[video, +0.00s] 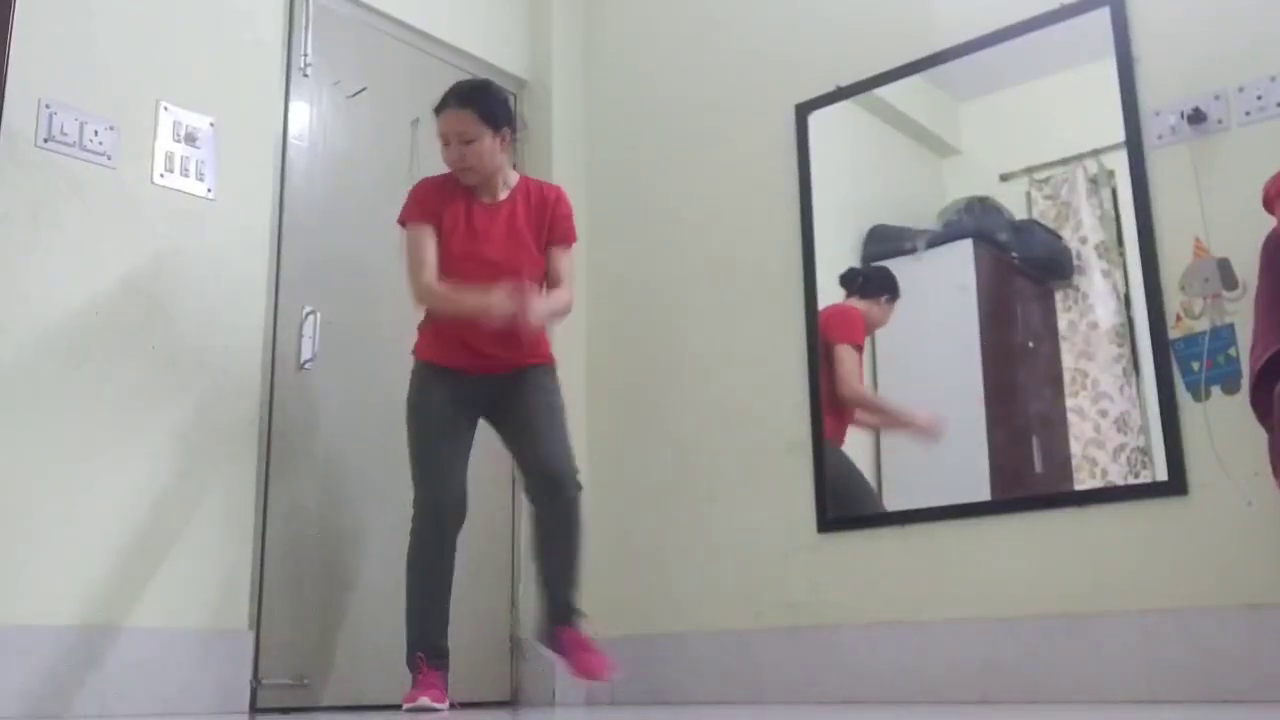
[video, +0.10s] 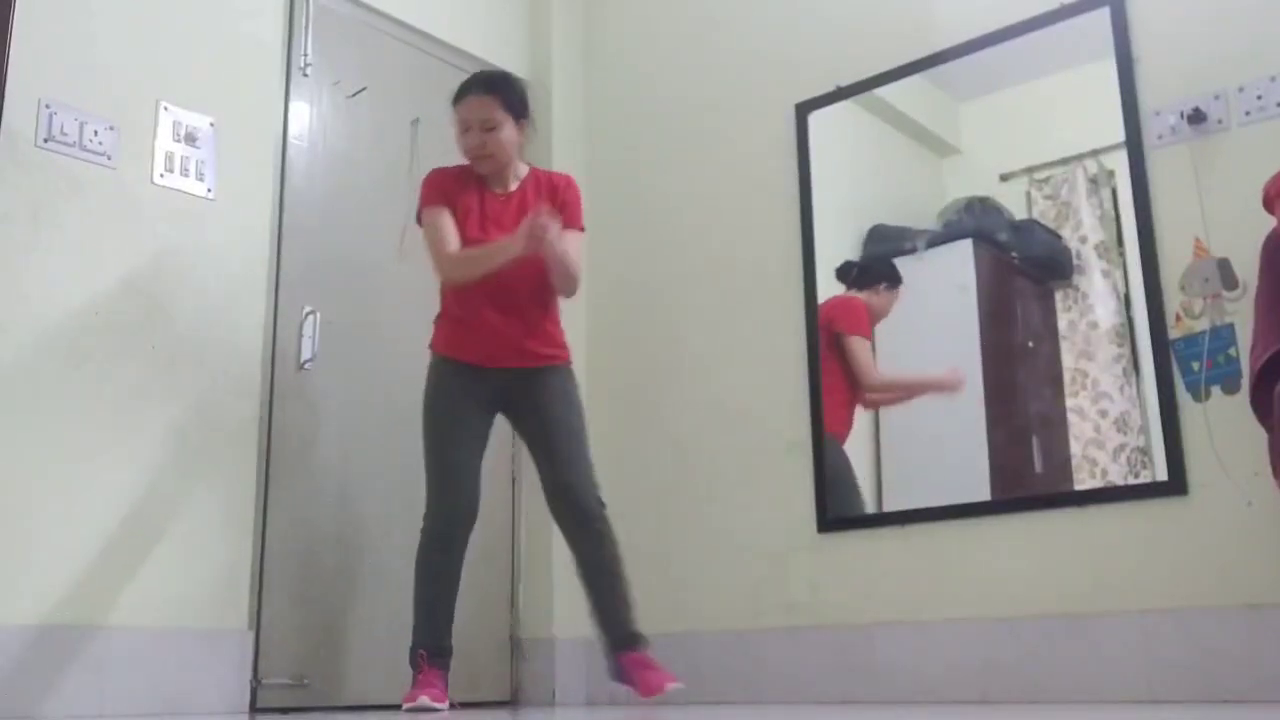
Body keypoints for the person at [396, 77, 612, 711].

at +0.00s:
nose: (453, 155)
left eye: (465, 141)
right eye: (445, 143)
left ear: (505, 137)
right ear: (441, 143)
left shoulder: (549, 202)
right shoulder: (430, 197)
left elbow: (563, 292)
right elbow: (425, 289)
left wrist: (540, 306)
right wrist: (490, 300)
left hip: (524, 373)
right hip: (444, 372)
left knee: (559, 485)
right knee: (439, 508)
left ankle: (561, 624)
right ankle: (428, 668)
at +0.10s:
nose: (475, 141)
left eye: (487, 127)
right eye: (465, 130)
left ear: (521, 126)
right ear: (456, 135)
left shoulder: (557, 190)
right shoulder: (444, 185)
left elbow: (568, 283)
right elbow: (451, 268)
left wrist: (555, 242)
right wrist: (522, 242)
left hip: (541, 367)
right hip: (461, 367)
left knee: (582, 506)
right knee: (450, 513)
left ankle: (628, 652)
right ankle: (429, 671)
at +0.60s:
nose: (614, 121)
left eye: (626, 112)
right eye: (601, 110)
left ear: (642, 128)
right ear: (578, 125)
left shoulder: (666, 197)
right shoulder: (551, 199)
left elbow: (701, 294)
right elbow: (516, 299)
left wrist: (729, 384)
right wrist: (500, 389)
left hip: (653, 372)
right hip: (574, 368)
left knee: (657, 512)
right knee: (575, 490)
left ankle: (658, 663)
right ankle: (562, 633)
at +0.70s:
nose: (622, 118)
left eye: (634, 110)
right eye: (609, 107)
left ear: (649, 127)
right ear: (585, 123)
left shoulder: (673, 195)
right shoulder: (556, 195)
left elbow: (720, 274)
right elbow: (493, 271)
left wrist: (749, 356)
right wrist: (496, 362)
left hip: (660, 368)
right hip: (583, 367)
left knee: (662, 511)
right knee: (615, 491)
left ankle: (659, 663)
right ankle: (615, 643)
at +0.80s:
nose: (623, 119)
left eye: (636, 111)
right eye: (610, 108)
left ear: (650, 130)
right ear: (586, 124)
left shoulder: (674, 196)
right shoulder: (557, 195)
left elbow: (727, 266)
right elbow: (488, 255)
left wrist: (759, 344)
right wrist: (498, 345)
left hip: (666, 367)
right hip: (589, 369)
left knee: (667, 510)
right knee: (630, 493)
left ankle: (661, 662)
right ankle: (627, 649)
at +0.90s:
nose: (620, 120)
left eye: (633, 112)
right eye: (607, 109)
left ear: (648, 130)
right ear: (583, 125)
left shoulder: (673, 198)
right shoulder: (554, 199)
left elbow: (723, 275)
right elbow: (495, 274)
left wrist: (757, 356)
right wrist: (504, 366)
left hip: (667, 367)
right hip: (590, 369)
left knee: (664, 512)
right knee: (621, 497)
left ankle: (658, 661)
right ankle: (622, 635)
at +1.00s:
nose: (613, 123)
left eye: (626, 114)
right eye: (601, 113)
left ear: (645, 131)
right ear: (580, 129)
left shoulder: (671, 200)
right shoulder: (555, 203)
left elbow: (711, 289)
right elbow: (523, 298)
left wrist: (728, 374)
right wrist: (515, 389)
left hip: (662, 370)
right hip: (585, 371)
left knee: (657, 509)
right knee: (589, 488)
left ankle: (659, 663)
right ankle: (612, 600)